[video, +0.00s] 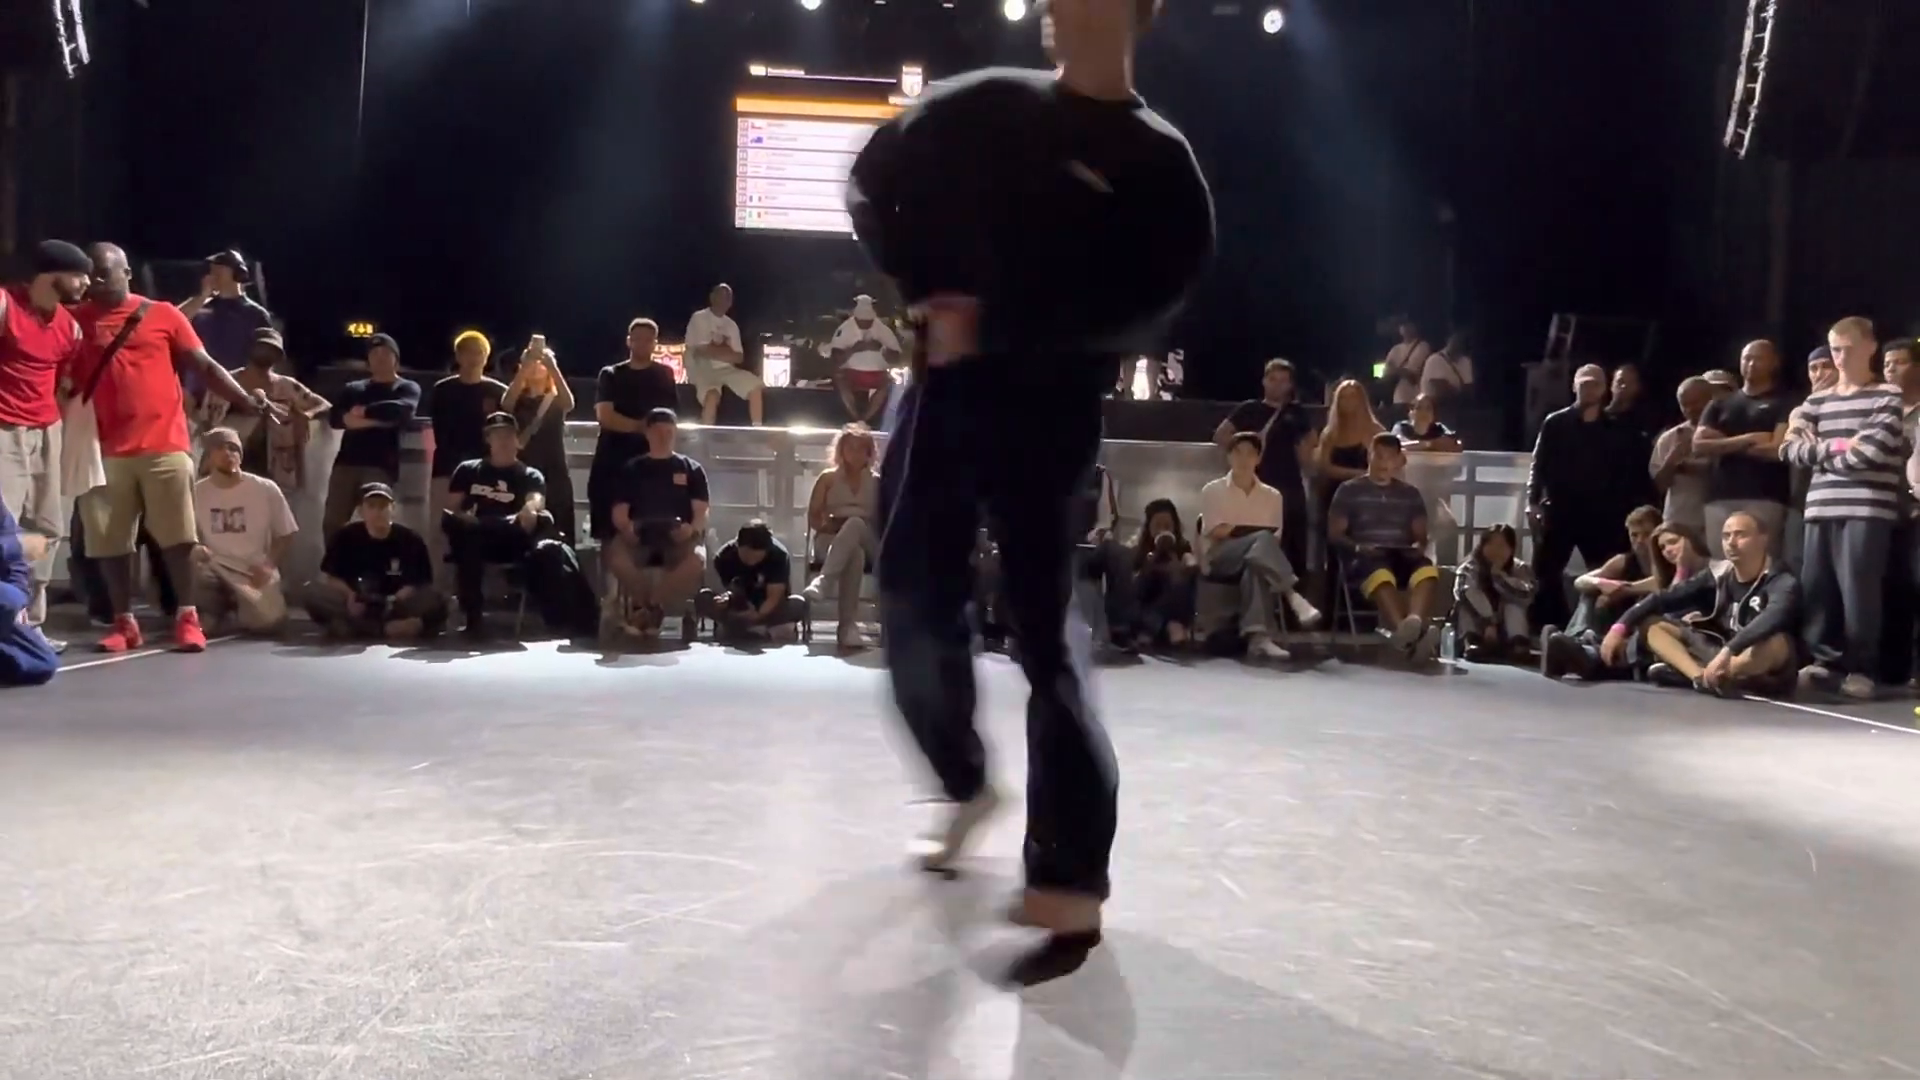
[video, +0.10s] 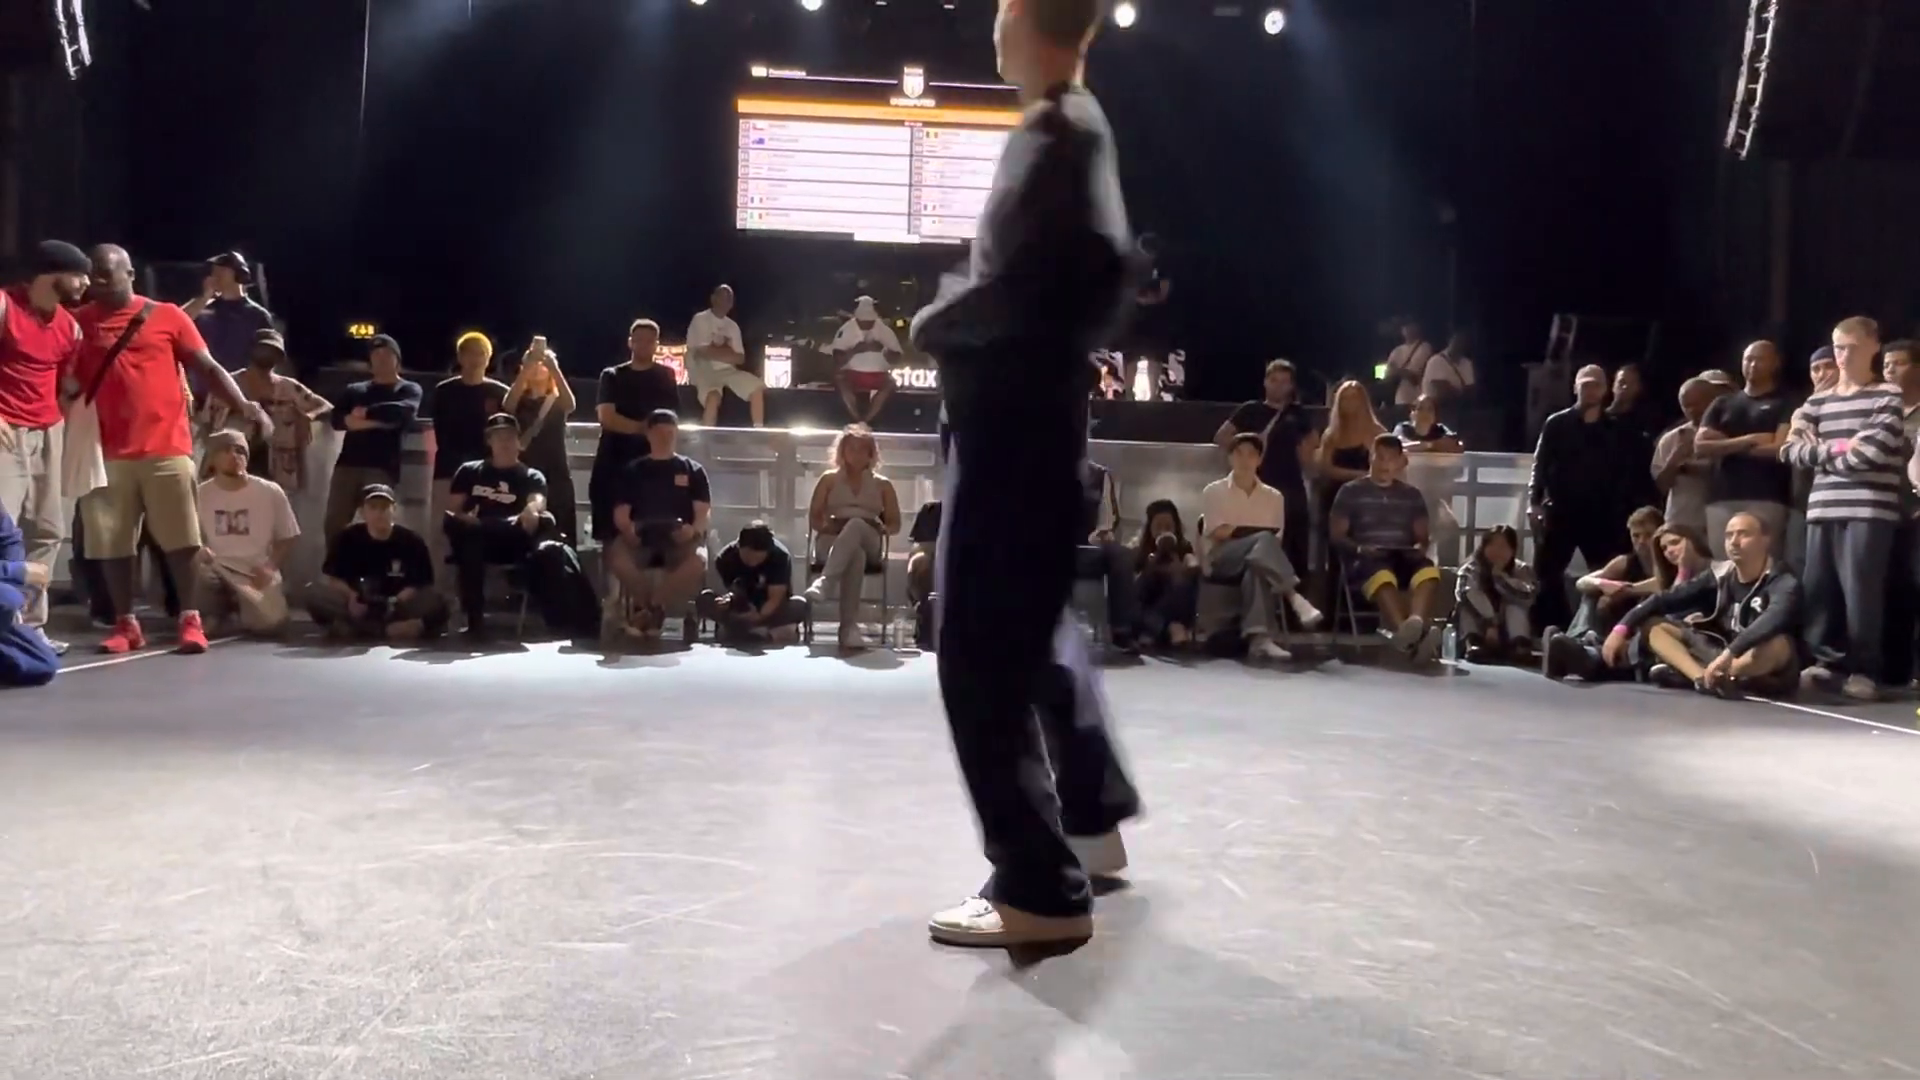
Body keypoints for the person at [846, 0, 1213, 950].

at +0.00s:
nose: (1065, 15)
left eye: (1084, 4)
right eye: (1063, 5)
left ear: (1136, 17)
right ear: (1050, 17)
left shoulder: (1158, 160)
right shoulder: (992, 109)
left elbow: (1150, 305)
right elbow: (873, 184)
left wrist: (997, 324)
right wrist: (924, 289)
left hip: (1051, 408)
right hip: (942, 400)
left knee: (1047, 638)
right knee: (913, 607)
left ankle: (1071, 894)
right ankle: (968, 784)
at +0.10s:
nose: (994, 27)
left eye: (1001, 11)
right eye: (1001, 12)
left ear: (1024, 20)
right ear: (1082, 29)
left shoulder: (1058, 130)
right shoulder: (1065, 123)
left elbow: (1031, 286)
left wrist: (931, 327)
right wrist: (951, 317)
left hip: (1014, 445)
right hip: (1032, 438)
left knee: (978, 657)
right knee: (1026, 640)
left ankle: (1039, 896)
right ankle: (1094, 828)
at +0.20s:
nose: (973, 37)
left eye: (972, 25)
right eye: (1038, 26)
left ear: (970, 32)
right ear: (1060, 34)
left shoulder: (973, 138)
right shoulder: (1088, 130)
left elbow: (917, 303)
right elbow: (1128, 275)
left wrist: (967, 391)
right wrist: (1070, 350)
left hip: (997, 425)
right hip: (1078, 417)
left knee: (964, 647)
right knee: (1068, 629)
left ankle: (1036, 890)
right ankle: (1091, 837)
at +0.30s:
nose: (961, 34)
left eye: (959, 22)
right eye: (1027, 20)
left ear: (954, 27)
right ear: (1045, 24)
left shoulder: (979, 127)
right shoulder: (1075, 120)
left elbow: (921, 308)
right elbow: (1118, 276)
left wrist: (962, 340)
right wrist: (1024, 325)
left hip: (1007, 420)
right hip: (1072, 412)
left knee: (977, 641)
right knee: (1061, 621)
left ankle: (1038, 890)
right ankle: (1089, 834)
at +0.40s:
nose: (939, 42)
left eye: (939, 29)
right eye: (953, 28)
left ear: (943, 32)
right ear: (1026, 28)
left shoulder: (975, 122)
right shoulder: (1055, 110)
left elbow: (939, 293)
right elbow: (1100, 266)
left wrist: (947, 371)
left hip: (1032, 385)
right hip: (1096, 378)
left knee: (976, 625)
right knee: (1026, 602)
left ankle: (1039, 865)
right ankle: (1067, 787)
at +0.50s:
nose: (925, 94)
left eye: (925, 79)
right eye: (932, 78)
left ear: (936, 83)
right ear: (1011, 78)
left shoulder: (958, 159)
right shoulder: (1047, 150)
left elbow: (922, 287)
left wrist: (897, 408)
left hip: (1038, 405)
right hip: (1102, 395)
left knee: (994, 636)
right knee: (1000, 599)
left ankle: (1069, 895)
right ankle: (1004, 788)